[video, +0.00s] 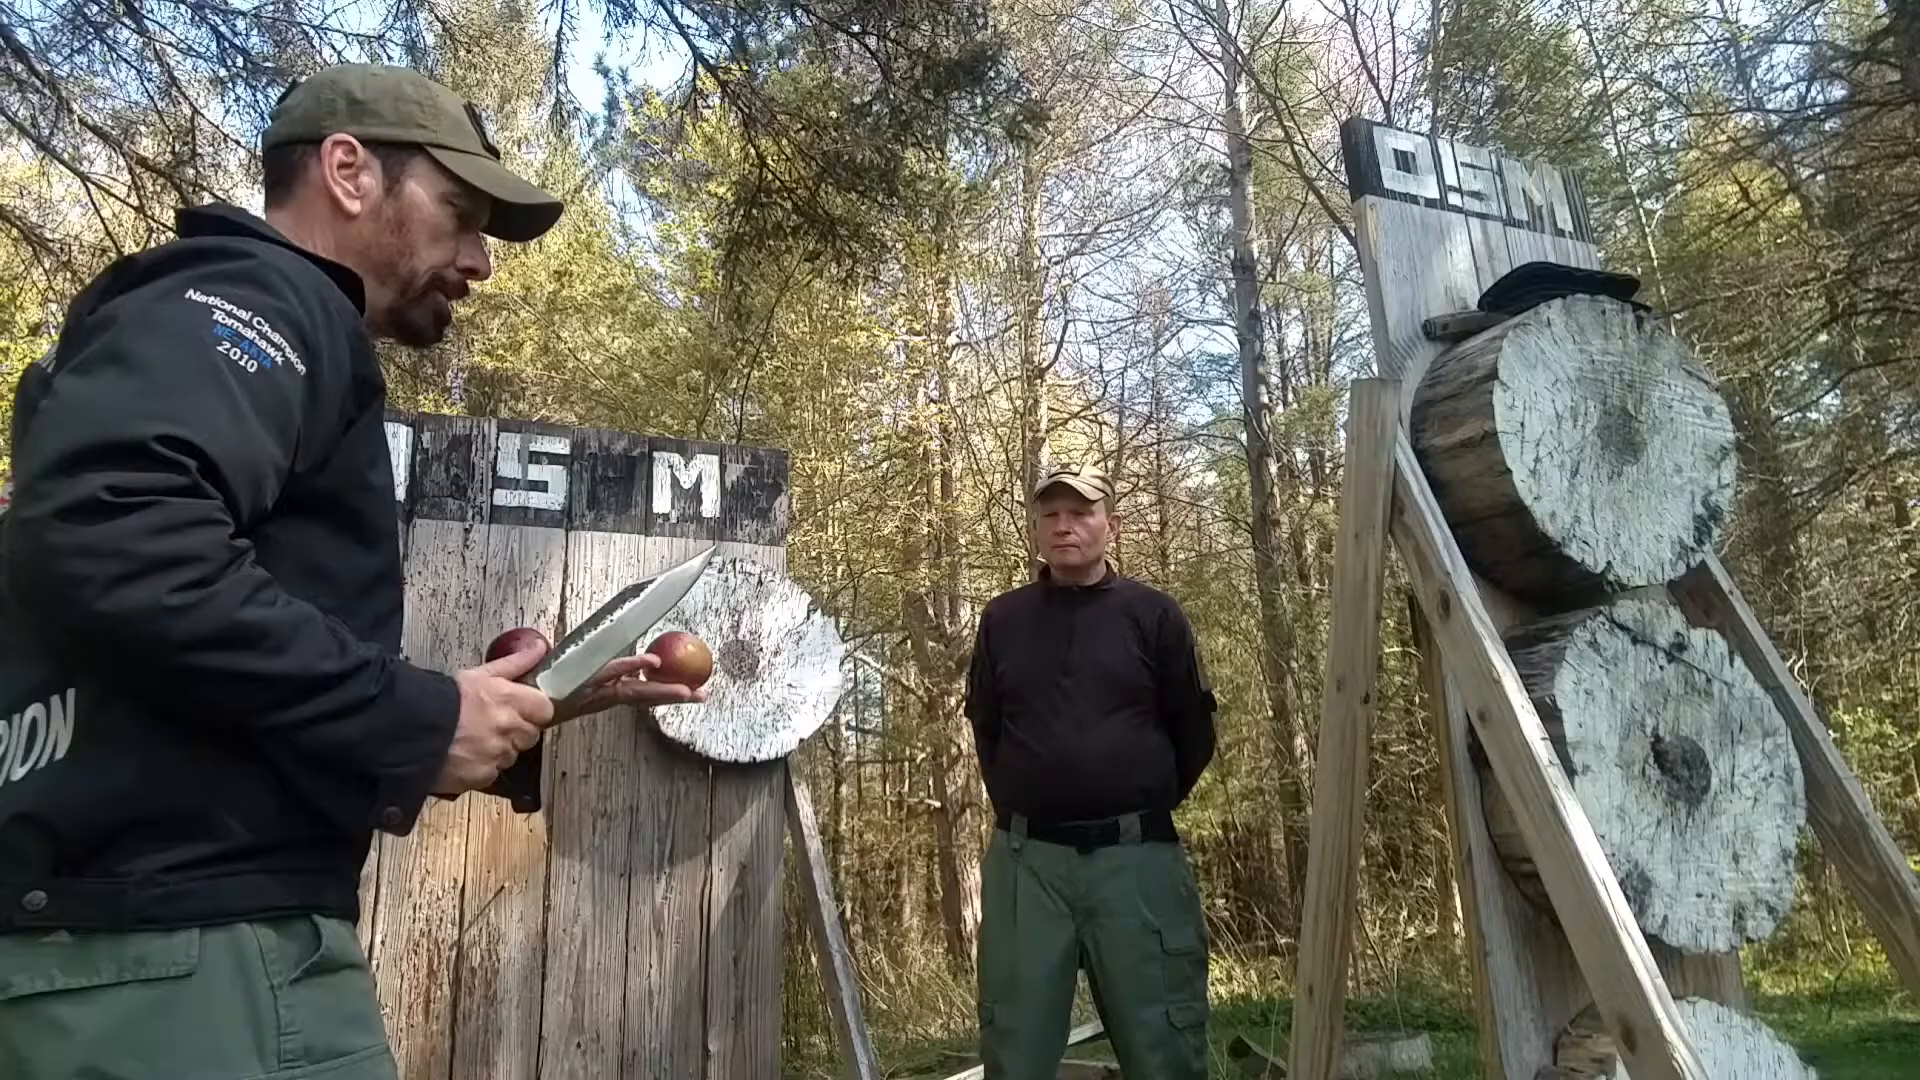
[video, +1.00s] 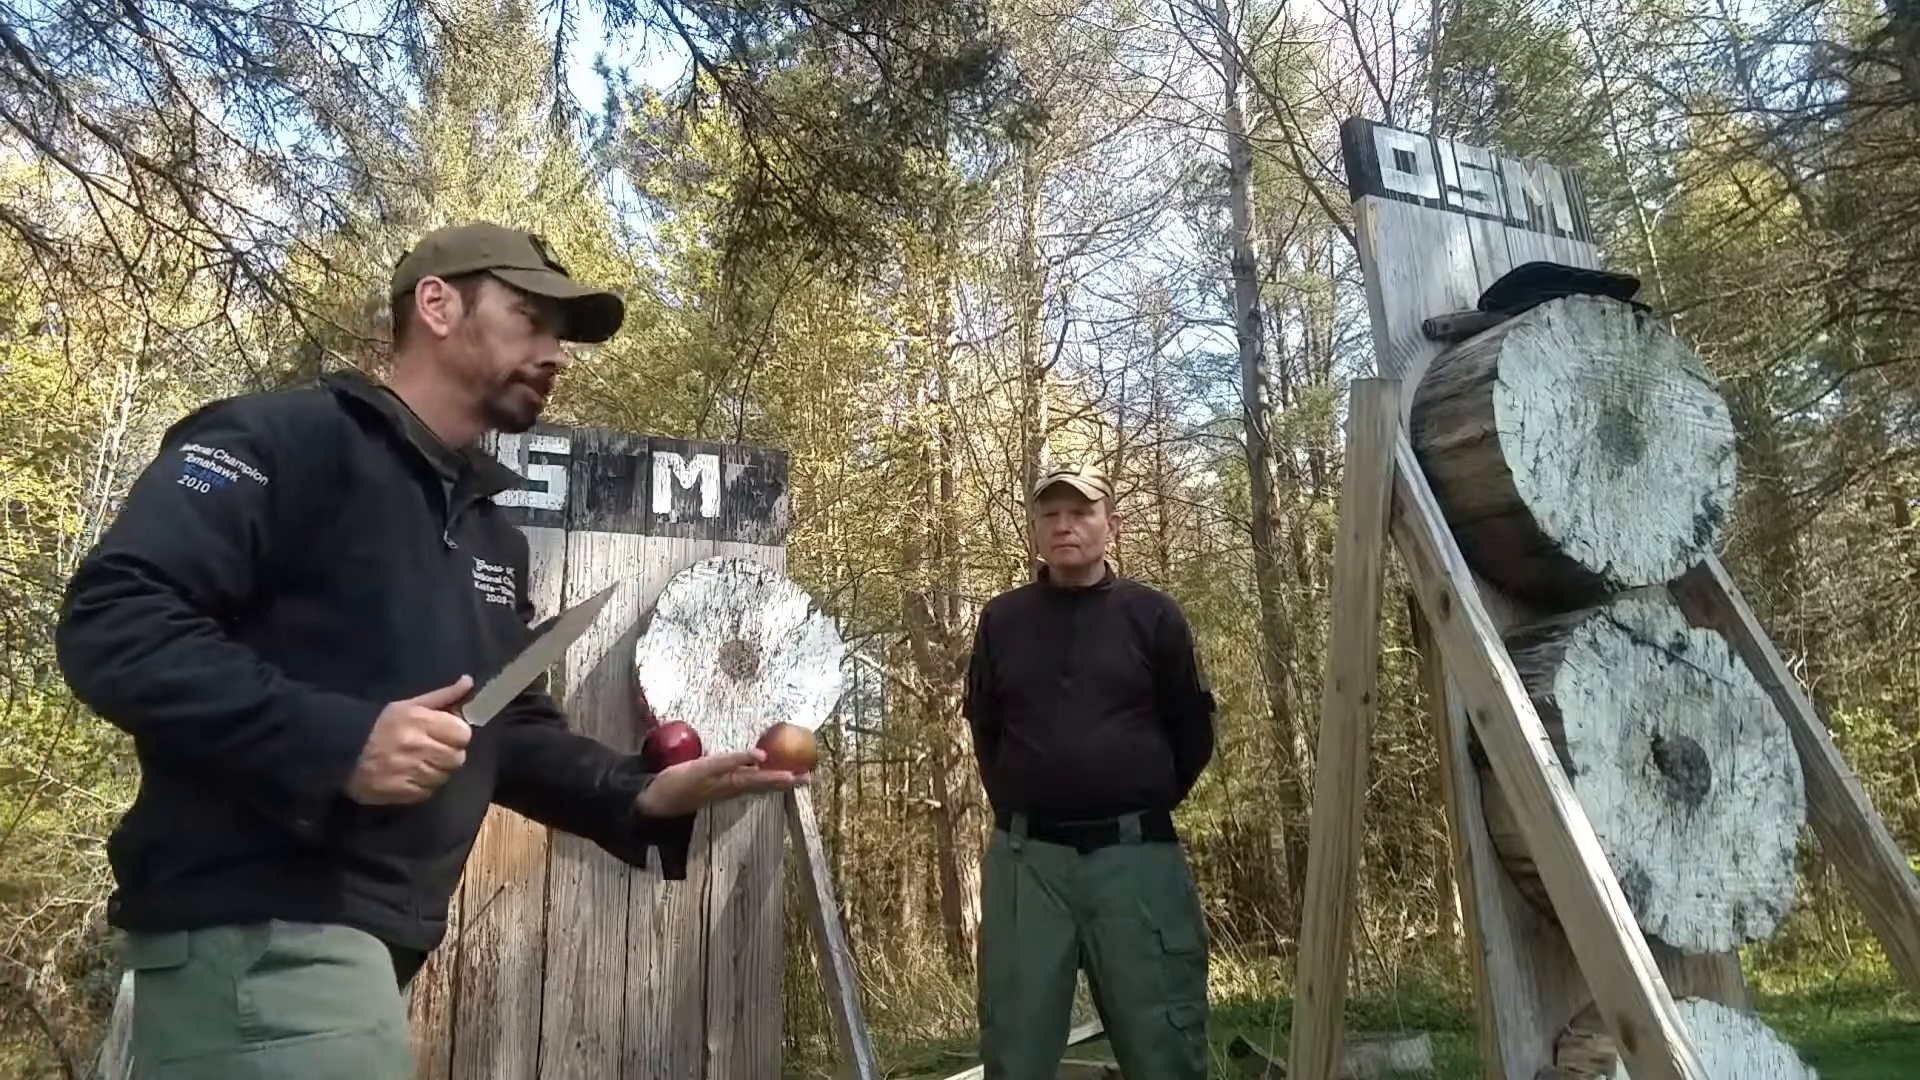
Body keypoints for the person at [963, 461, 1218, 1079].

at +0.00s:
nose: (1064, 525)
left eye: (1080, 513)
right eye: (1051, 515)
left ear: (1109, 528)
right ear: (1033, 534)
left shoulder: (1154, 614)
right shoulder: (1001, 618)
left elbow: (1195, 732)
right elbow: (985, 728)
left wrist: (1141, 812)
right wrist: (1030, 813)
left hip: (1137, 859)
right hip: (1025, 861)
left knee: (1162, 1052)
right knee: (1016, 1054)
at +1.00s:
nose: (1065, 526)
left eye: (1080, 513)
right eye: (1051, 515)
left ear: (1110, 527)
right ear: (1033, 533)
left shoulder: (1153, 614)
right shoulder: (1000, 618)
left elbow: (1193, 732)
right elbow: (984, 730)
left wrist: (1139, 811)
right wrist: (1027, 814)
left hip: (1136, 860)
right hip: (1024, 861)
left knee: (1162, 1055)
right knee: (1016, 1055)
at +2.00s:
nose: (1067, 526)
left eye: (1082, 513)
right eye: (1052, 515)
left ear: (1109, 527)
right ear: (1034, 534)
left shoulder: (1153, 614)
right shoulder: (1000, 619)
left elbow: (1194, 730)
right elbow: (984, 731)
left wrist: (1142, 813)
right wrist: (1026, 818)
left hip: (1138, 860)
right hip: (1025, 861)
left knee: (1164, 1058)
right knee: (1016, 1058)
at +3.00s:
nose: (1070, 519)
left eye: (1084, 508)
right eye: (1054, 510)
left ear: (1109, 527)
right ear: (1035, 532)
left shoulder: (1153, 613)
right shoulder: (1000, 618)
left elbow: (1194, 726)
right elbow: (983, 728)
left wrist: (1143, 812)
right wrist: (1023, 817)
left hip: (1138, 859)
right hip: (1025, 861)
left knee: (1164, 1056)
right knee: (1016, 1058)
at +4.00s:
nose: (1077, 598)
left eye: (1089, 583)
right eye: (1062, 586)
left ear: (1108, 560)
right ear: (1035, 567)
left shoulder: (1154, 622)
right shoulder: (993, 629)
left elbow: (1185, 724)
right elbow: (981, 734)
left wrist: (1140, 800)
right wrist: (1031, 810)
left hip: (1147, 873)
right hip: (1033, 873)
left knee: (1167, 1053)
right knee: (1022, 1057)